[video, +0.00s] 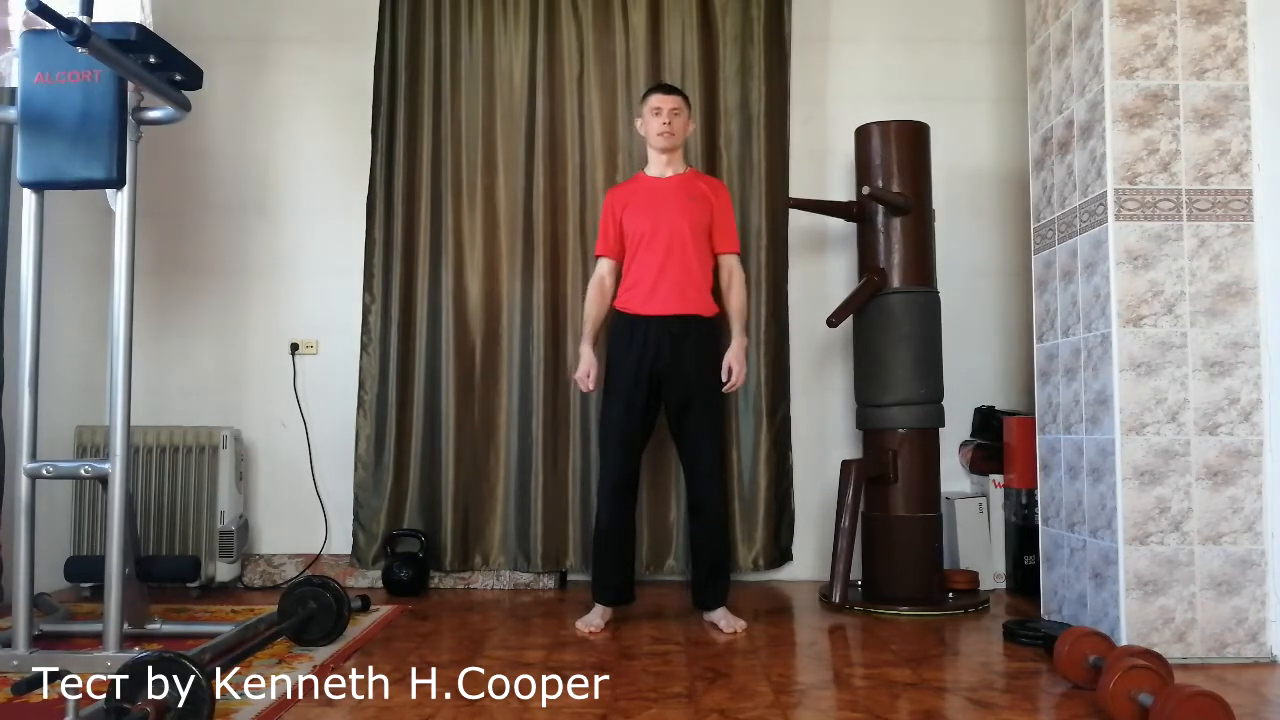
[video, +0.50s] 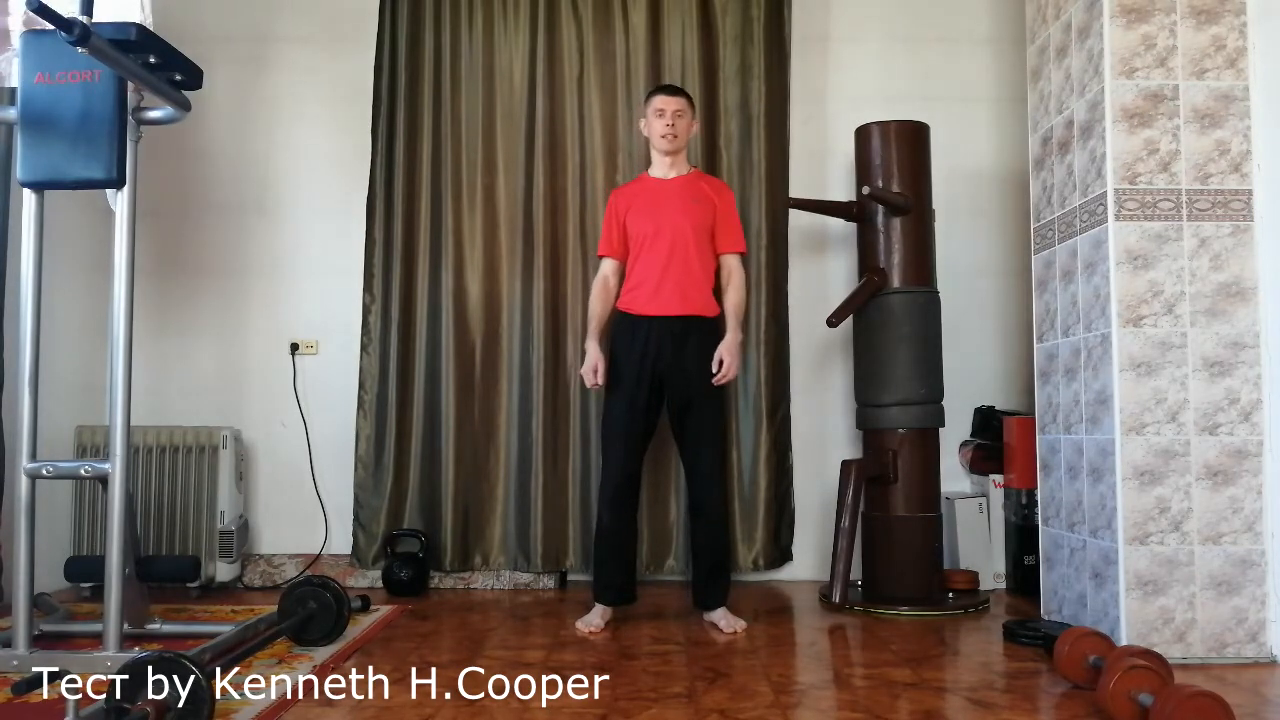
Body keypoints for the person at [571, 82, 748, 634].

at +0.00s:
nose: (665, 120)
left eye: (675, 112)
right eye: (655, 113)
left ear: (690, 126)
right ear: (640, 126)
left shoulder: (712, 192)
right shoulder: (620, 197)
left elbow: (731, 272)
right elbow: (604, 276)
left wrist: (738, 338)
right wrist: (587, 343)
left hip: (697, 340)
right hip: (631, 339)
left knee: (706, 474)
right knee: (617, 473)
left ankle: (712, 601)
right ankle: (607, 598)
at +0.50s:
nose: (669, 122)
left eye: (679, 114)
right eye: (659, 114)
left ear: (693, 127)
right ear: (643, 127)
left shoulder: (715, 193)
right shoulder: (624, 198)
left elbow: (732, 272)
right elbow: (608, 275)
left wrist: (732, 334)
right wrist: (594, 340)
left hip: (698, 339)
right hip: (633, 339)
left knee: (707, 475)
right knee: (618, 473)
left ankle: (712, 602)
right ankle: (608, 599)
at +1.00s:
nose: (672, 122)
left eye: (682, 115)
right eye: (662, 115)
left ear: (696, 127)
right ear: (645, 126)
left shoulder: (716, 194)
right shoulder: (625, 198)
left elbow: (734, 272)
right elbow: (609, 275)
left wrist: (738, 340)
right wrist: (593, 343)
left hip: (699, 340)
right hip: (635, 339)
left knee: (709, 474)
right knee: (619, 472)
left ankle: (712, 601)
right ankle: (608, 598)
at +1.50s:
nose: (675, 123)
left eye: (685, 115)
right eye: (665, 115)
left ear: (701, 128)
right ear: (648, 127)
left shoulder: (720, 192)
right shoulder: (629, 199)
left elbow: (738, 272)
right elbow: (615, 276)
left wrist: (740, 338)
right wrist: (599, 342)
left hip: (704, 340)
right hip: (640, 338)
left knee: (712, 475)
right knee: (623, 473)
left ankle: (714, 602)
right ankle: (609, 598)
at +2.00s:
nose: (673, 122)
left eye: (683, 115)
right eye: (663, 114)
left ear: (698, 128)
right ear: (646, 128)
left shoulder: (719, 192)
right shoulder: (627, 197)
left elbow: (737, 271)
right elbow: (610, 274)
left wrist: (738, 336)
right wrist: (593, 338)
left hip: (702, 339)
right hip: (637, 338)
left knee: (711, 474)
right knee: (622, 472)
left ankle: (714, 602)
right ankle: (609, 597)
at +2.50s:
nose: (663, 122)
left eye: (673, 114)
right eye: (653, 114)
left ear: (688, 127)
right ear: (638, 128)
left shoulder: (711, 191)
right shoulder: (619, 199)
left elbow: (728, 272)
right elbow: (603, 276)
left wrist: (731, 339)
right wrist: (584, 339)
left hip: (694, 340)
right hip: (628, 340)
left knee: (706, 475)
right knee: (615, 473)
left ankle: (711, 601)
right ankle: (607, 599)